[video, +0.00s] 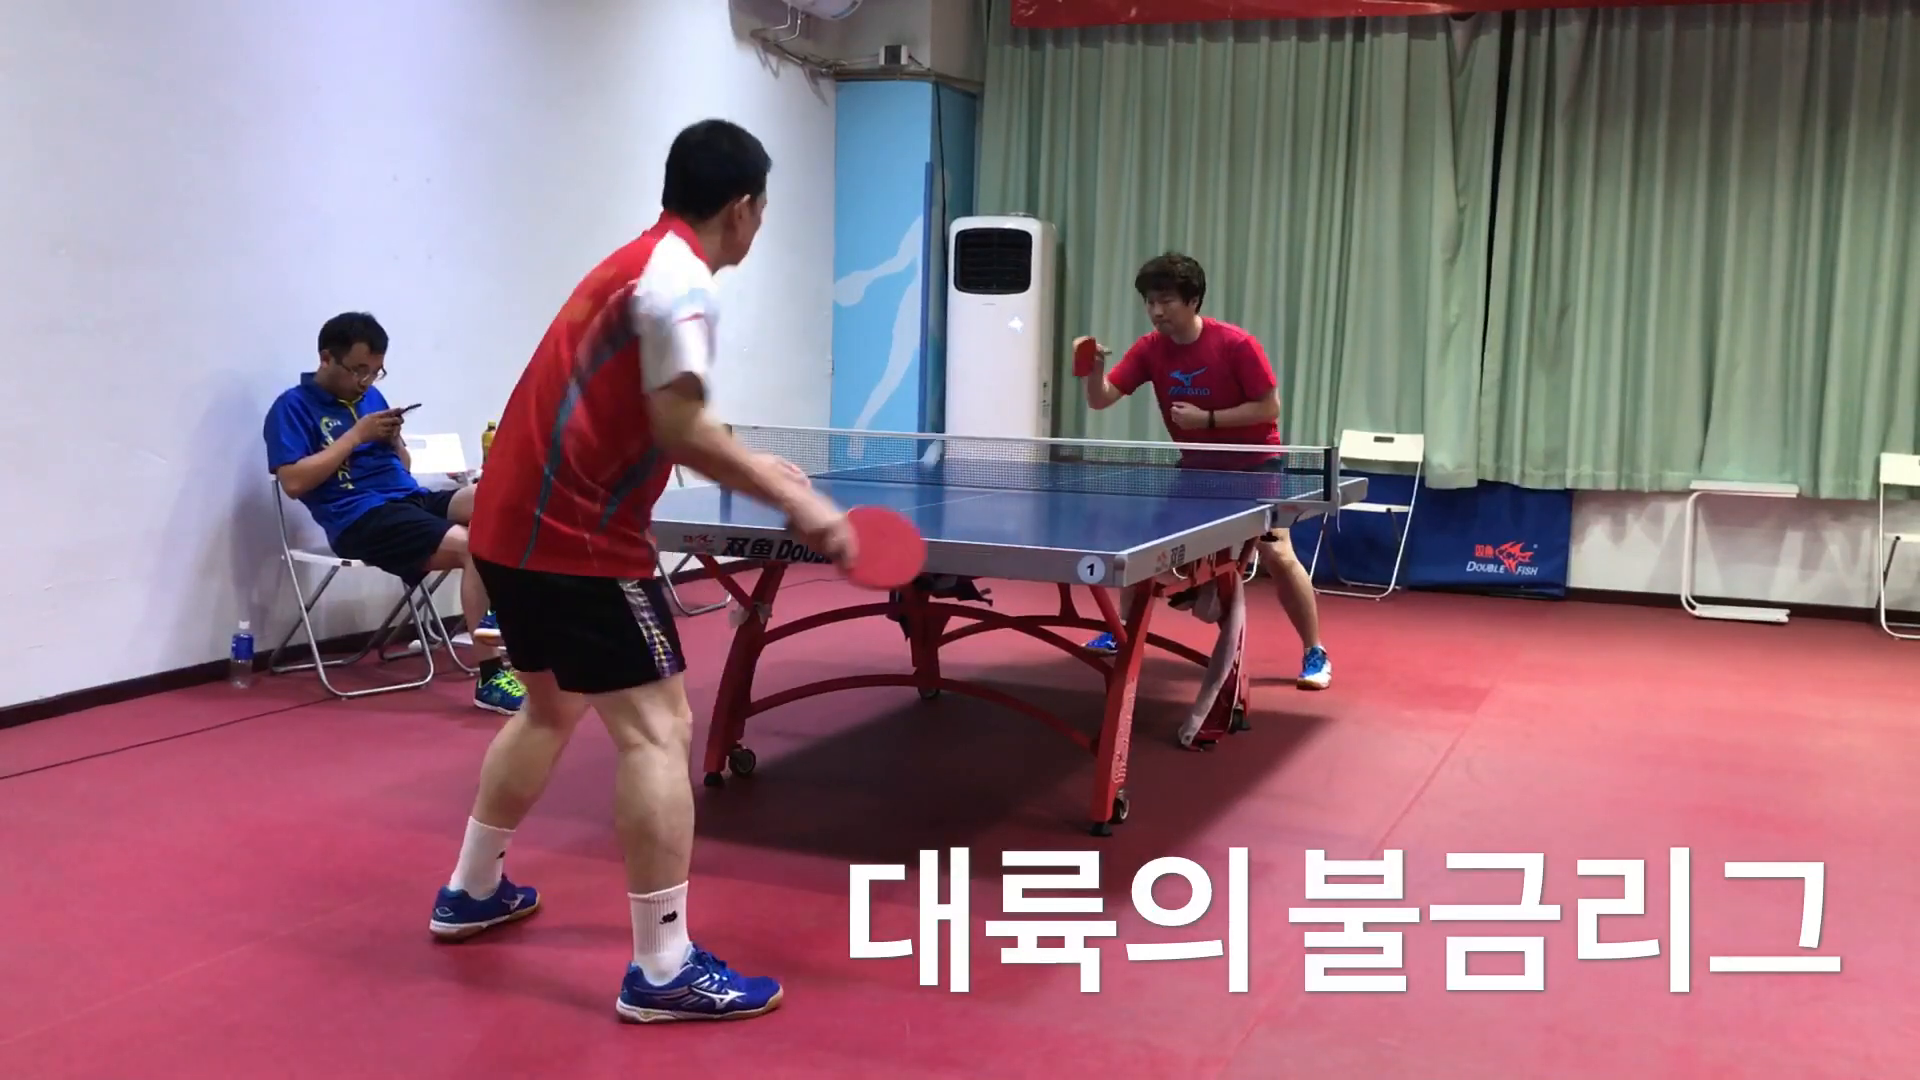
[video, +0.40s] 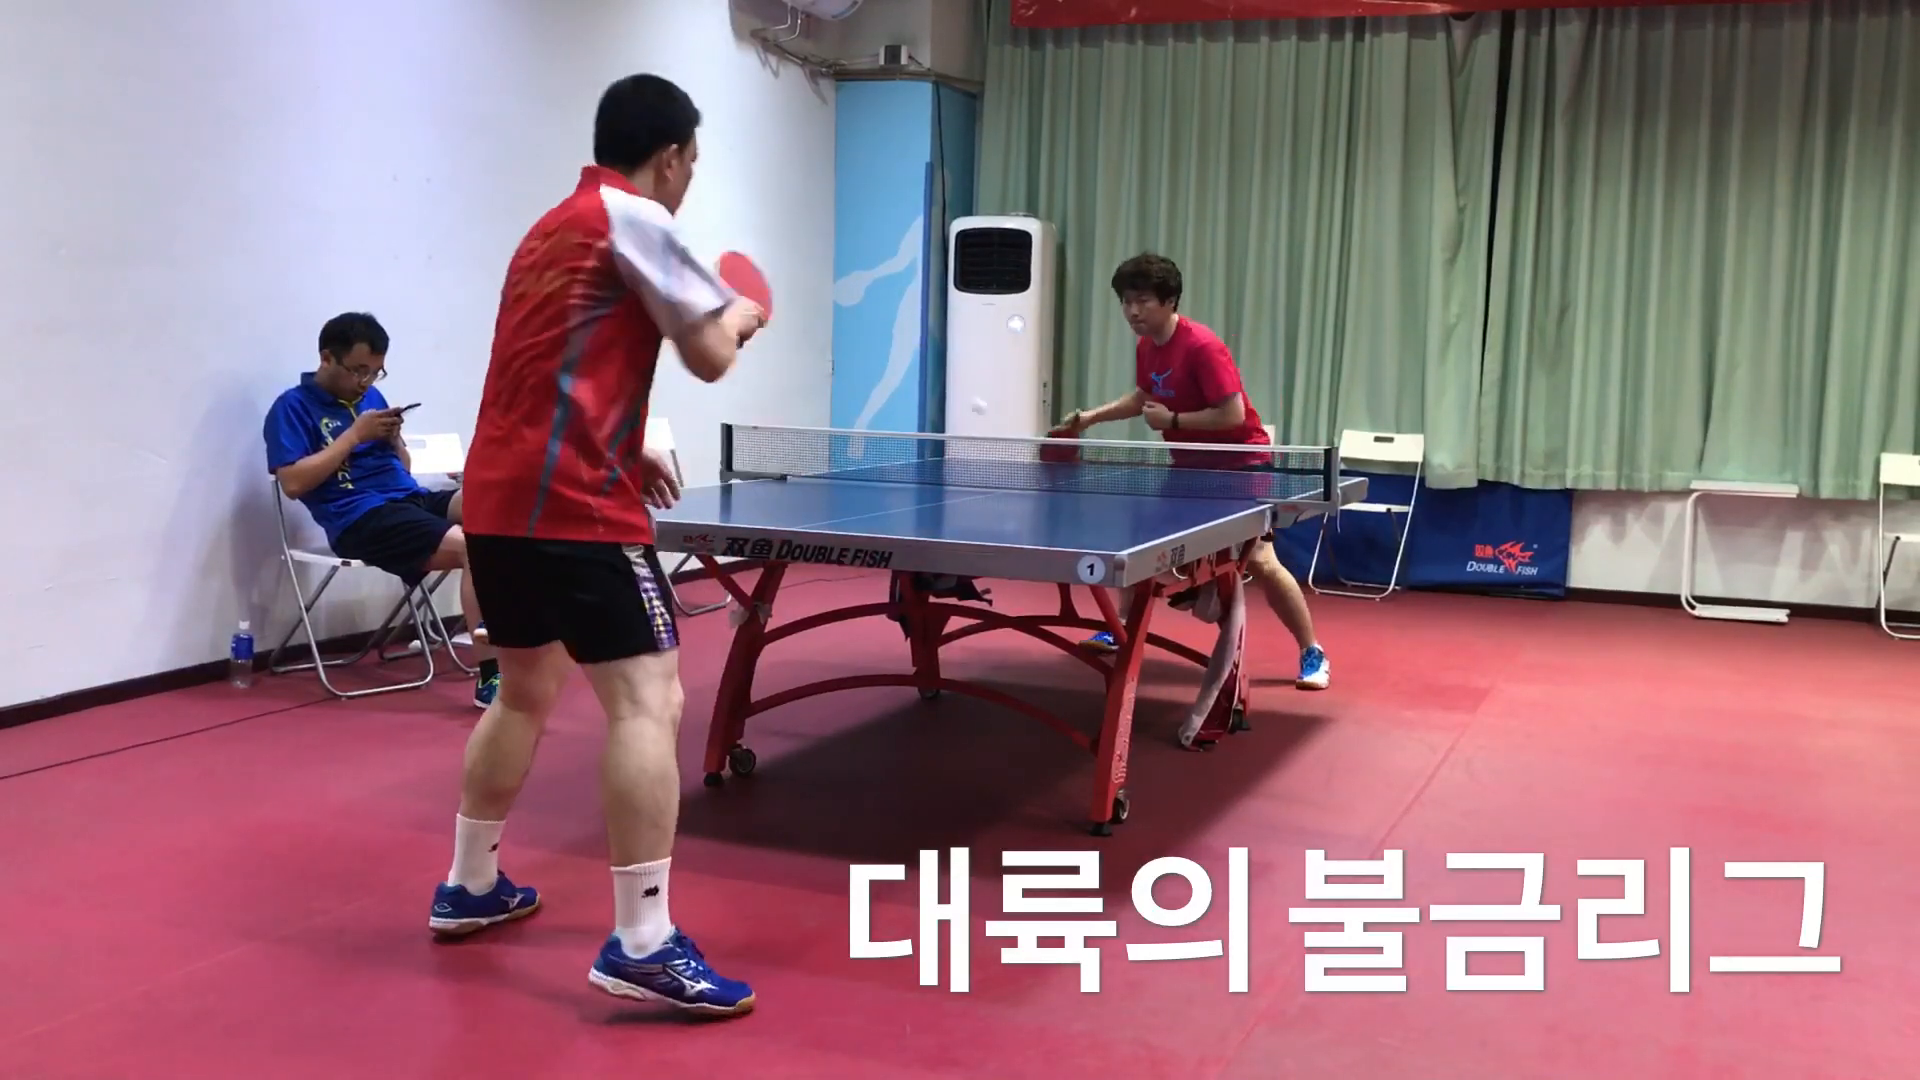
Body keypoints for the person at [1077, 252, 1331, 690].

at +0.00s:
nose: (1156, 311)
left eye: (1165, 301)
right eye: (1150, 302)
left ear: (1193, 300)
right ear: (1146, 304)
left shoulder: (1235, 344)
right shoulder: (1150, 350)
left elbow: (1269, 409)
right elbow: (1100, 400)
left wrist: (1208, 418)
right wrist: (1093, 370)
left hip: (1255, 468)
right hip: (1197, 469)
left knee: (1279, 555)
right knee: (1148, 542)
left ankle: (1314, 652)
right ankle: (1126, 633)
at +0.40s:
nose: (1132, 311)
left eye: (1141, 300)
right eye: (1126, 302)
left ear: (1169, 301)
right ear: (1122, 304)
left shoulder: (1203, 346)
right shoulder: (1147, 347)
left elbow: (1234, 415)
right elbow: (1143, 399)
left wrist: (1173, 420)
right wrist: (1091, 416)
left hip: (1242, 465)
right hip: (1190, 466)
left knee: (1261, 561)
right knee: (1146, 539)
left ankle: (1311, 651)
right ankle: (1126, 628)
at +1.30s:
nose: (1133, 319)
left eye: (1140, 309)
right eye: (1128, 311)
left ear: (1169, 305)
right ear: (1130, 310)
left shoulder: (1206, 353)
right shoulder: (1157, 347)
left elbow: (1231, 422)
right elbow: (1160, 393)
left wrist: (1173, 425)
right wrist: (1101, 406)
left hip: (1244, 468)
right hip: (1195, 467)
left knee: (1260, 566)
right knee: (1149, 540)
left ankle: (1312, 649)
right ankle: (1125, 631)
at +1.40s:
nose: (1136, 332)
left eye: (1141, 323)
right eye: (1132, 325)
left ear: (1171, 318)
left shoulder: (1208, 364)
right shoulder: (1166, 356)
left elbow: (1233, 434)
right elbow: (1168, 400)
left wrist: (1178, 435)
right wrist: (1104, 398)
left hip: (1253, 476)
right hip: (1206, 473)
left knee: (1259, 575)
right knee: (1145, 538)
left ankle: (1311, 651)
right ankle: (1126, 632)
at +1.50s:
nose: (1144, 326)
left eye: (1151, 318)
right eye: (1141, 318)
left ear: (1180, 314)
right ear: (1141, 317)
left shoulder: (1222, 359)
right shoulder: (1163, 355)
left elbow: (1247, 429)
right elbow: (1130, 392)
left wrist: (1187, 431)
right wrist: (1082, 376)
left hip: (1256, 473)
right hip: (1206, 472)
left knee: (1266, 570)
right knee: (1153, 544)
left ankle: (1312, 650)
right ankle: (1126, 632)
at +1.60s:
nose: (1152, 312)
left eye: (1161, 303)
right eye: (1148, 303)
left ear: (1190, 301)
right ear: (1144, 303)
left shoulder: (1236, 346)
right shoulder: (1152, 346)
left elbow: (1263, 414)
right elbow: (1104, 386)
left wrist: (1199, 418)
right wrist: (1087, 363)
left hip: (1258, 468)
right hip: (1202, 469)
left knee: (1275, 558)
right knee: (1154, 542)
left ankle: (1312, 649)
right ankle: (1125, 632)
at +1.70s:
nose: (1156, 307)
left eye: (1165, 298)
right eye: (1151, 298)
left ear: (1193, 296)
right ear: (1147, 298)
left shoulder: (1238, 340)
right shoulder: (1151, 344)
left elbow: (1268, 406)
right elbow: (1100, 393)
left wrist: (1205, 413)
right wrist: (1095, 366)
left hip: (1257, 468)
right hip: (1198, 469)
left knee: (1278, 555)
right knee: (1151, 543)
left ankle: (1313, 648)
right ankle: (1125, 634)